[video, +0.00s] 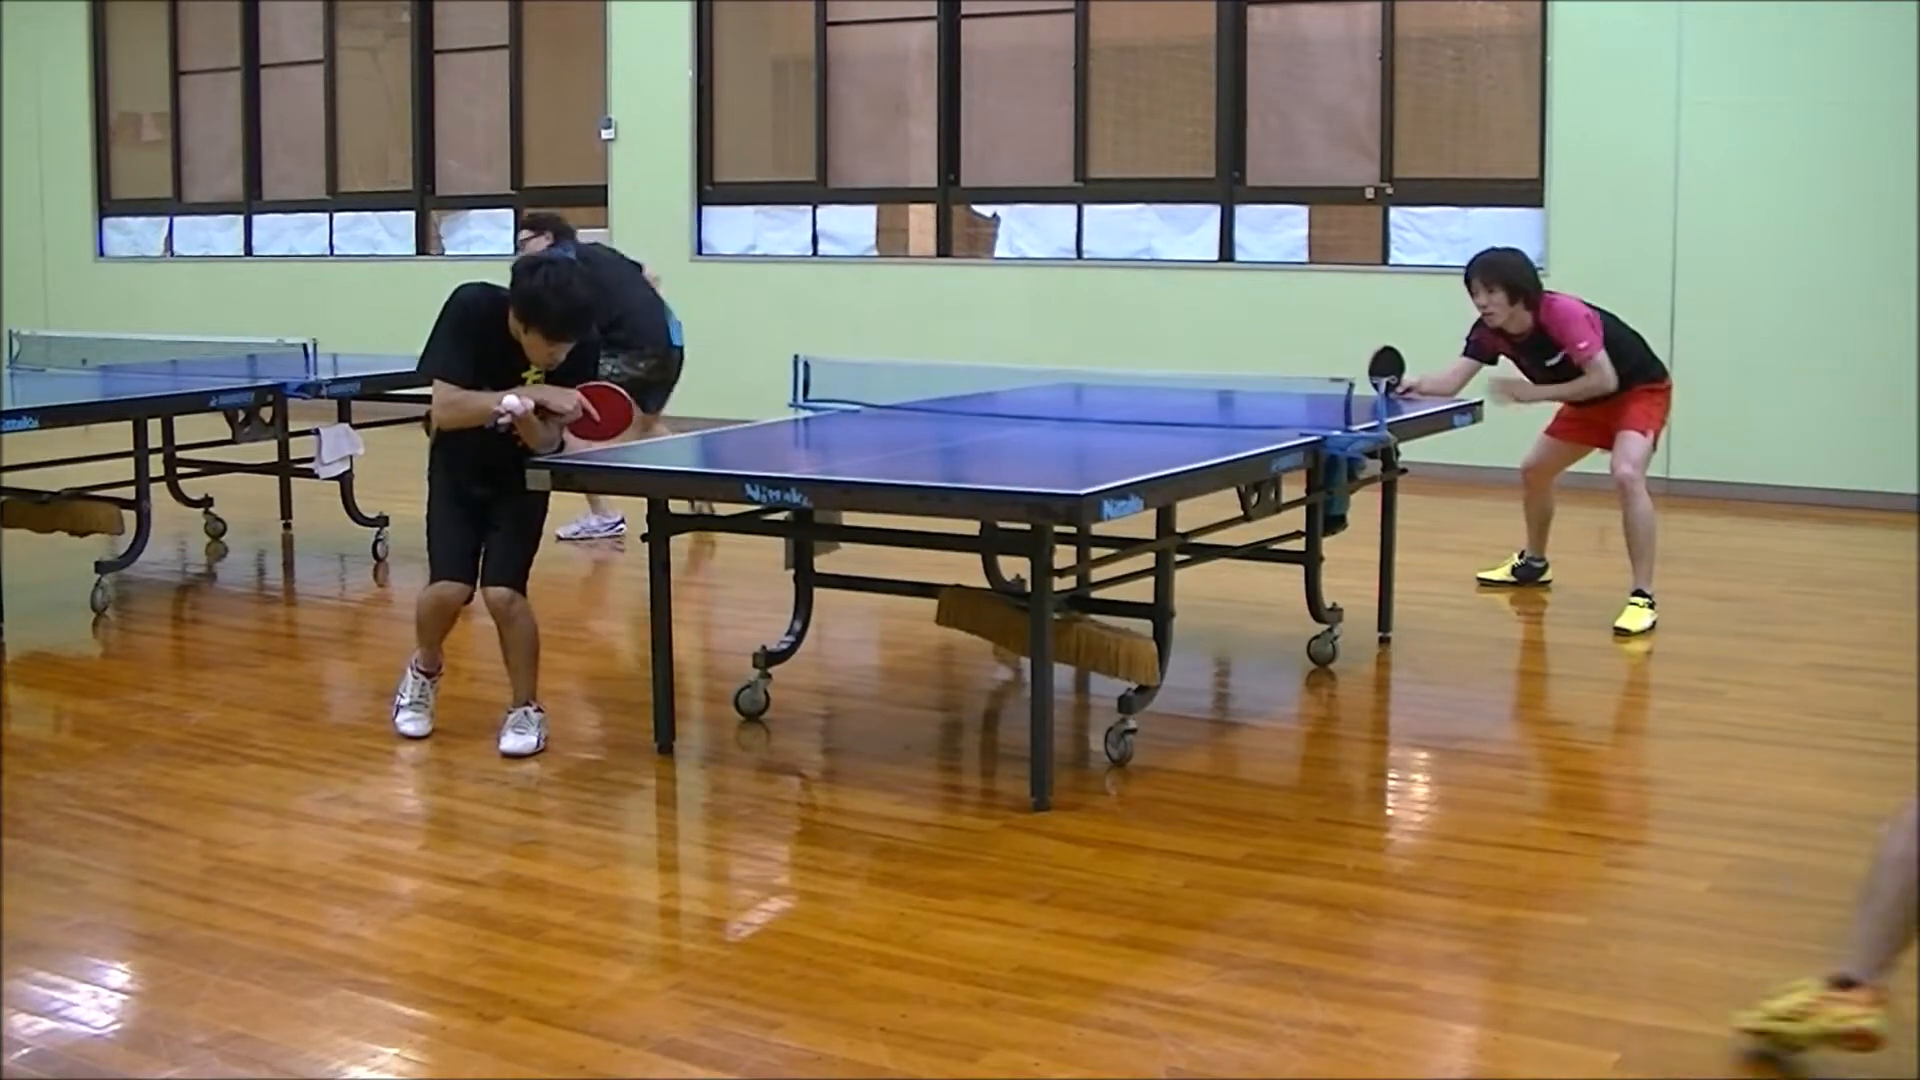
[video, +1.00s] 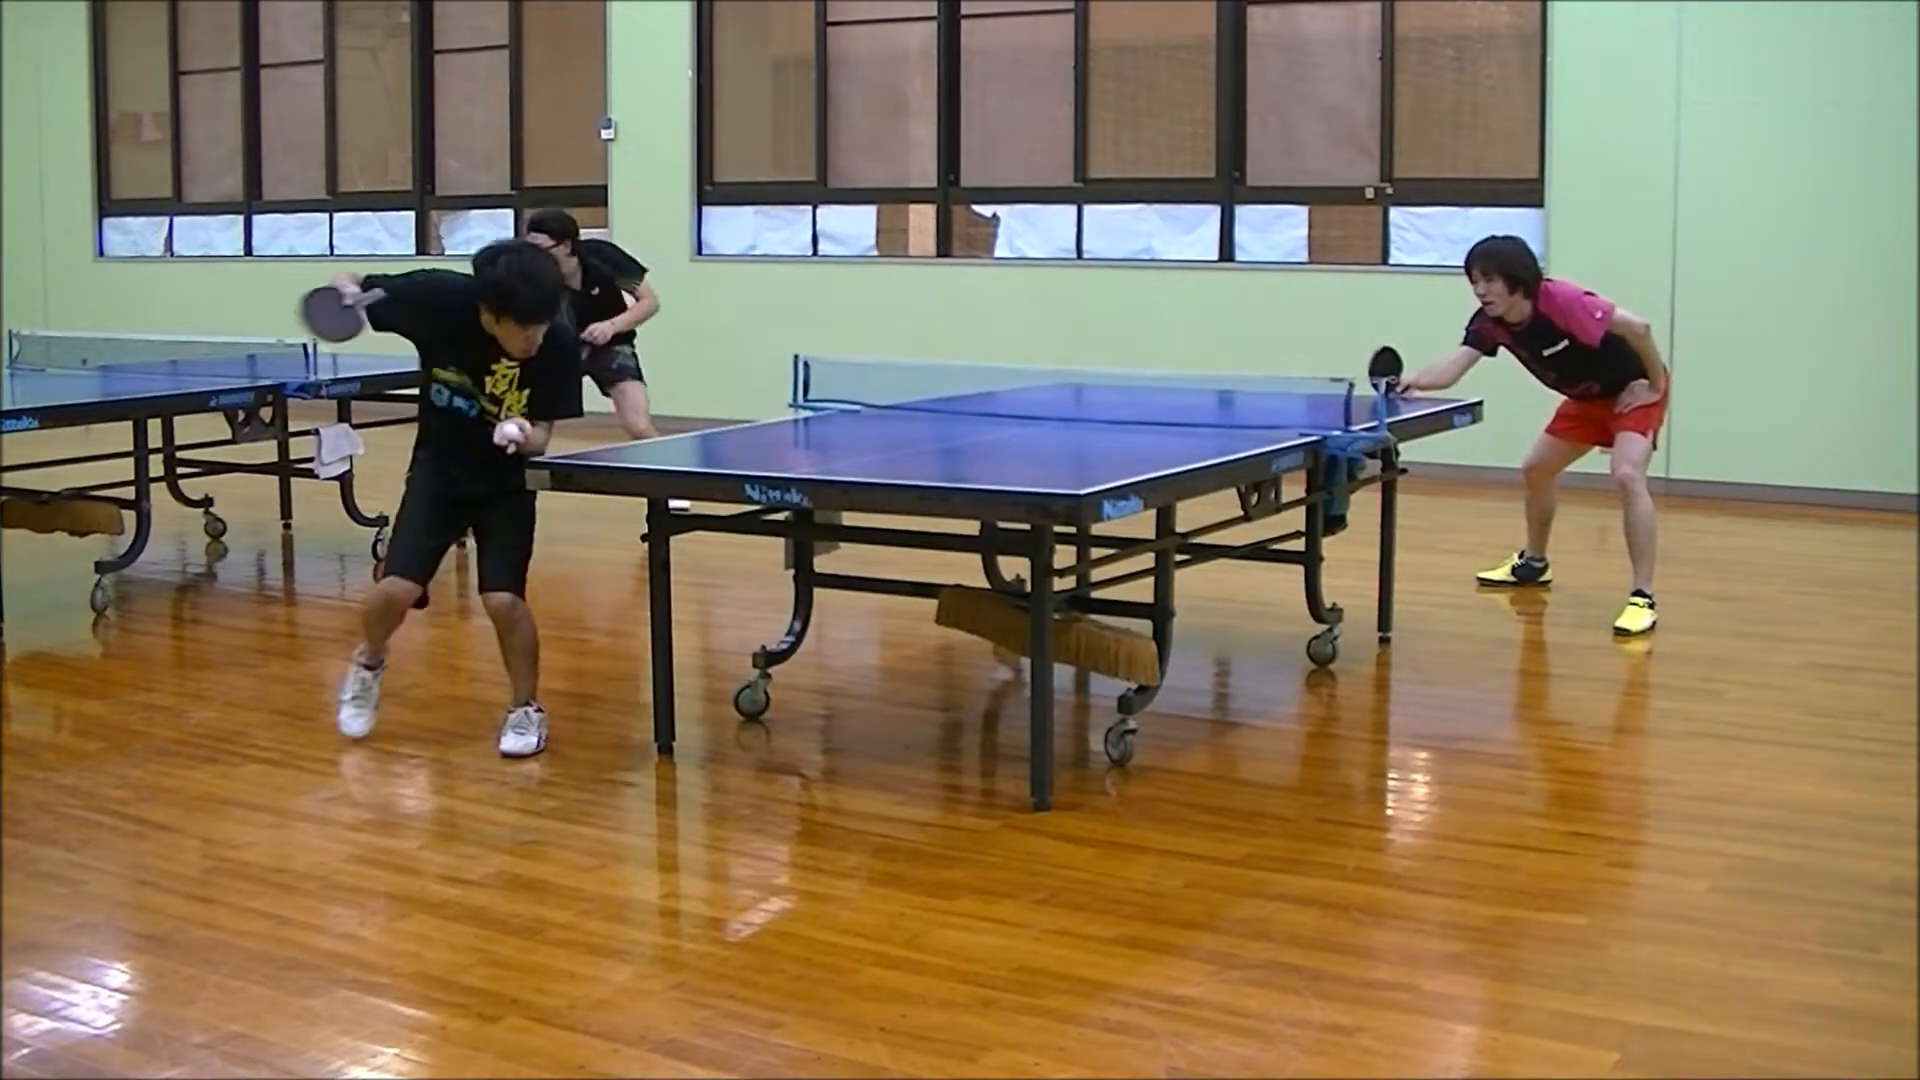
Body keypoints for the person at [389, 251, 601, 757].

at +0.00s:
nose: (555, 357)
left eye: (566, 347)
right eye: (546, 345)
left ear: (580, 330)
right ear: (515, 319)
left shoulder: (581, 342)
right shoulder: (470, 307)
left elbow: (551, 440)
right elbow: (443, 411)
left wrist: (526, 417)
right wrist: (532, 394)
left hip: (523, 467)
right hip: (457, 459)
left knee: (503, 593)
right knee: (451, 590)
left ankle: (525, 709)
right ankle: (424, 670)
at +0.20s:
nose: (563, 359)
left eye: (572, 348)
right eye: (553, 346)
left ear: (583, 333)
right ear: (518, 323)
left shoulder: (582, 346)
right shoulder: (471, 310)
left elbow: (550, 441)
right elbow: (443, 414)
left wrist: (529, 420)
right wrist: (532, 394)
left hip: (524, 467)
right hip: (457, 458)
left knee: (503, 593)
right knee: (455, 589)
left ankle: (525, 709)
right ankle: (428, 671)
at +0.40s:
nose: (564, 360)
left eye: (573, 349)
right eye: (554, 348)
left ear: (583, 333)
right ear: (520, 324)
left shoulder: (582, 343)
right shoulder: (471, 310)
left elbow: (551, 443)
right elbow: (442, 414)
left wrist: (527, 417)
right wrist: (533, 394)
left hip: (521, 466)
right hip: (455, 458)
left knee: (504, 592)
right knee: (455, 588)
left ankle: (525, 709)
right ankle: (428, 672)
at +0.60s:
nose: (563, 353)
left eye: (570, 342)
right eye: (553, 342)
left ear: (580, 325)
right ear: (518, 320)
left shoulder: (578, 336)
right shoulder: (469, 308)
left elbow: (555, 431)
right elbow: (433, 405)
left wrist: (535, 431)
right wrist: (514, 381)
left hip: (521, 464)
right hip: (455, 458)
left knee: (506, 592)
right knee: (454, 589)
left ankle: (525, 709)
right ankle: (428, 671)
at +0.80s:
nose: (555, 348)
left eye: (562, 337)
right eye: (545, 337)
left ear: (573, 324)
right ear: (510, 318)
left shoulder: (574, 344)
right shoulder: (462, 304)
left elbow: (554, 435)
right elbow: (371, 349)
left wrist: (533, 431)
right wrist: (439, 332)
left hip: (520, 473)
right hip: (453, 463)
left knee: (508, 595)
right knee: (438, 578)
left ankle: (525, 708)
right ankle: (427, 659)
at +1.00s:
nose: (534, 340)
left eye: (541, 329)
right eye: (524, 330)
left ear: (550, 315)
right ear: (489, 315)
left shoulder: (557, 346)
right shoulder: (441, 301)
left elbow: (542, 435)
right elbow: (361, 289)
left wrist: (524, 434)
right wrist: (348, 293)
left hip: (504, 481)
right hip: (438, 472)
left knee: (503, 599)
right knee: (397, 590)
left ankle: (525, 710)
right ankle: (368, 665)